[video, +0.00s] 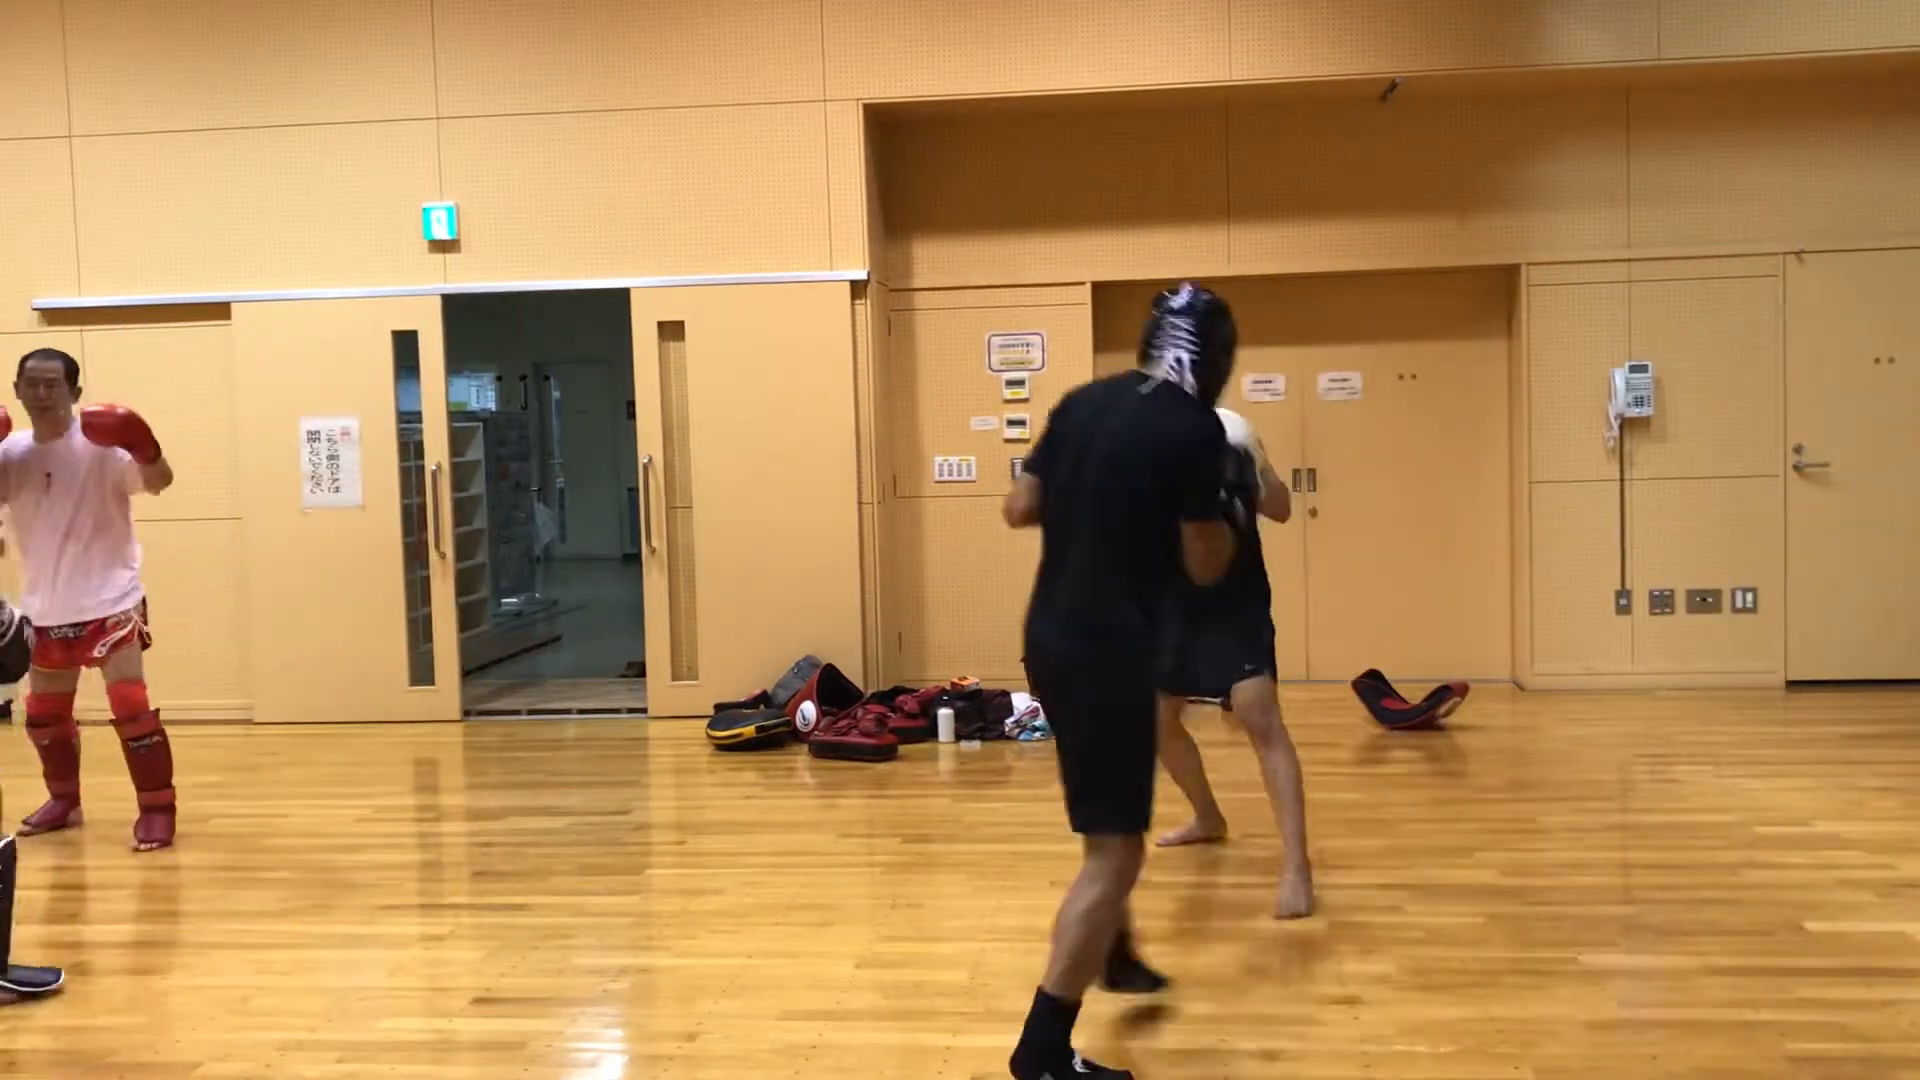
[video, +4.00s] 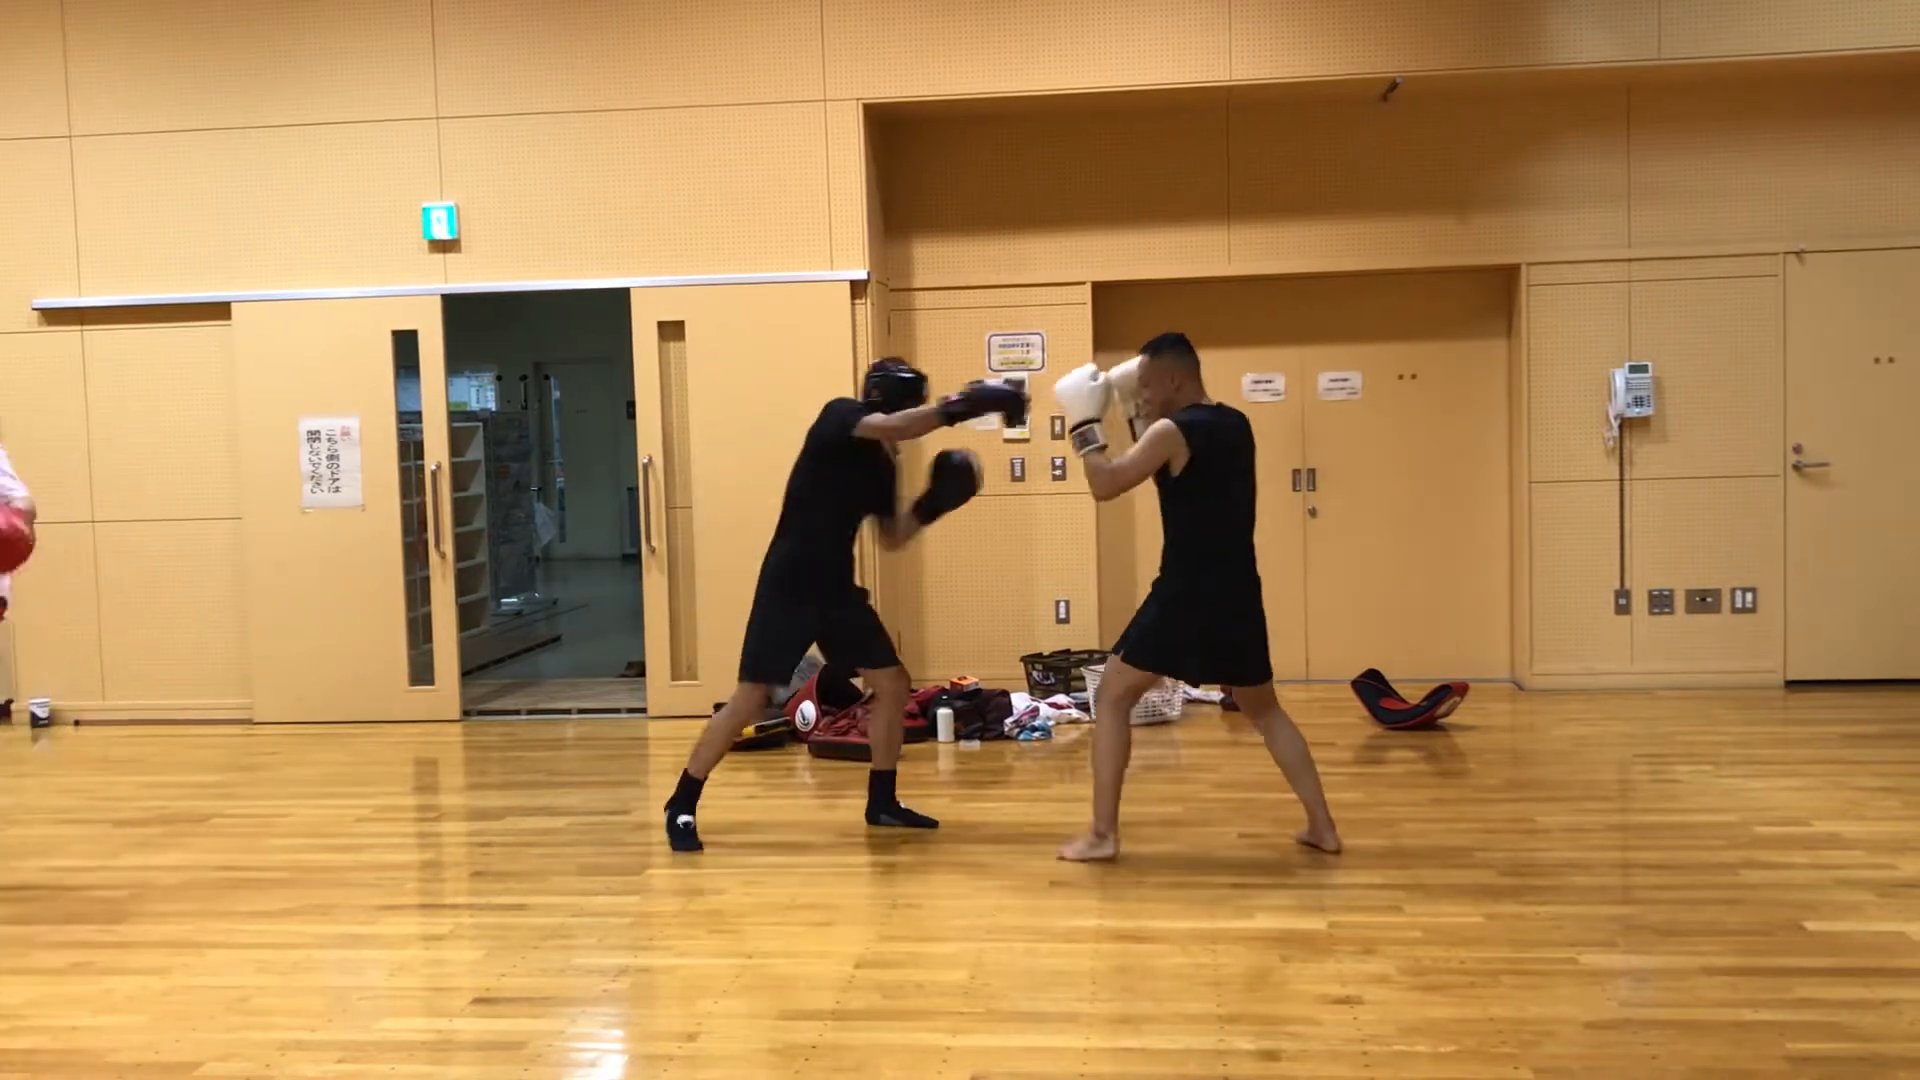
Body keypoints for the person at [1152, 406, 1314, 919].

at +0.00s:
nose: (1176, 389)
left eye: (1185, 377)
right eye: (1165, 379)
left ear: (1201, 380)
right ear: (1151, 385)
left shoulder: (1229, 430)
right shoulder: (1139, 444)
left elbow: (1279, 508)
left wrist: (1247, 467)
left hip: (1236, 594)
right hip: (1167, 595)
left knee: (1259, 718)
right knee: (1159, 719)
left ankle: (1295, 867)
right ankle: (1207, 817)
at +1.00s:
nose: (1142, 401)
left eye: (1153, 390)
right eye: (1135, 390)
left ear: (1176, 387)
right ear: (1125, 392)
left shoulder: (1199, 436)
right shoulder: (1118, 437)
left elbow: (1171, 482)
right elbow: (1081, 488)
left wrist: (1135, 433)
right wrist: (1086, 423)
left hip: (1193, 600)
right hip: (1146, 602)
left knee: (1154, 718)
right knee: (1135, 719)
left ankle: (1182, 871)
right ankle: (1208, 817)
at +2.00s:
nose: (1145, 388)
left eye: (1155, 378)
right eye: (1141, 378)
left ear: (1186, 374)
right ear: (1139, 376)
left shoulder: (1210, 429)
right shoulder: (1161, 433)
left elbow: (1202, 503)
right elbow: (1140, 504)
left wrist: (1148, 471)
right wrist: (1099, 473)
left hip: (1217, 581)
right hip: (1186, 581)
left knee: (1158, 682)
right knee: (1202, 690)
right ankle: (1275, 791)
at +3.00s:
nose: (1137, 392)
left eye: (1142, 380)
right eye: (1135, 382)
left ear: (1171, 371)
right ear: (1182, 375)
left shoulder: (1183, 421)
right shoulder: (1211, 420)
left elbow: (1134, 484)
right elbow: (1140, 475)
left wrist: (1088, 434)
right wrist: (1116, 420)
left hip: (1187, 585)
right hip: (1219, 582)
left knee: (1127, 686)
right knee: (1217, 693)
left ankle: (1124, 828)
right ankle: (1271, 802)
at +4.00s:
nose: (1144, 398)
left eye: (1147, 386)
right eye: (1141, 388)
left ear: (1171, 379)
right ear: (1193, 377)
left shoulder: (1172, 432)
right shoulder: (1238, 424)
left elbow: (1104, 484)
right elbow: (1181, 475)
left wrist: (1086, 424)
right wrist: (1144, 418)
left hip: (1181, 598)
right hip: (1239, 597)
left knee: (1113, 698)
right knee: (1265, 708)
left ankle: (1102, 834)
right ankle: (1323, 826)